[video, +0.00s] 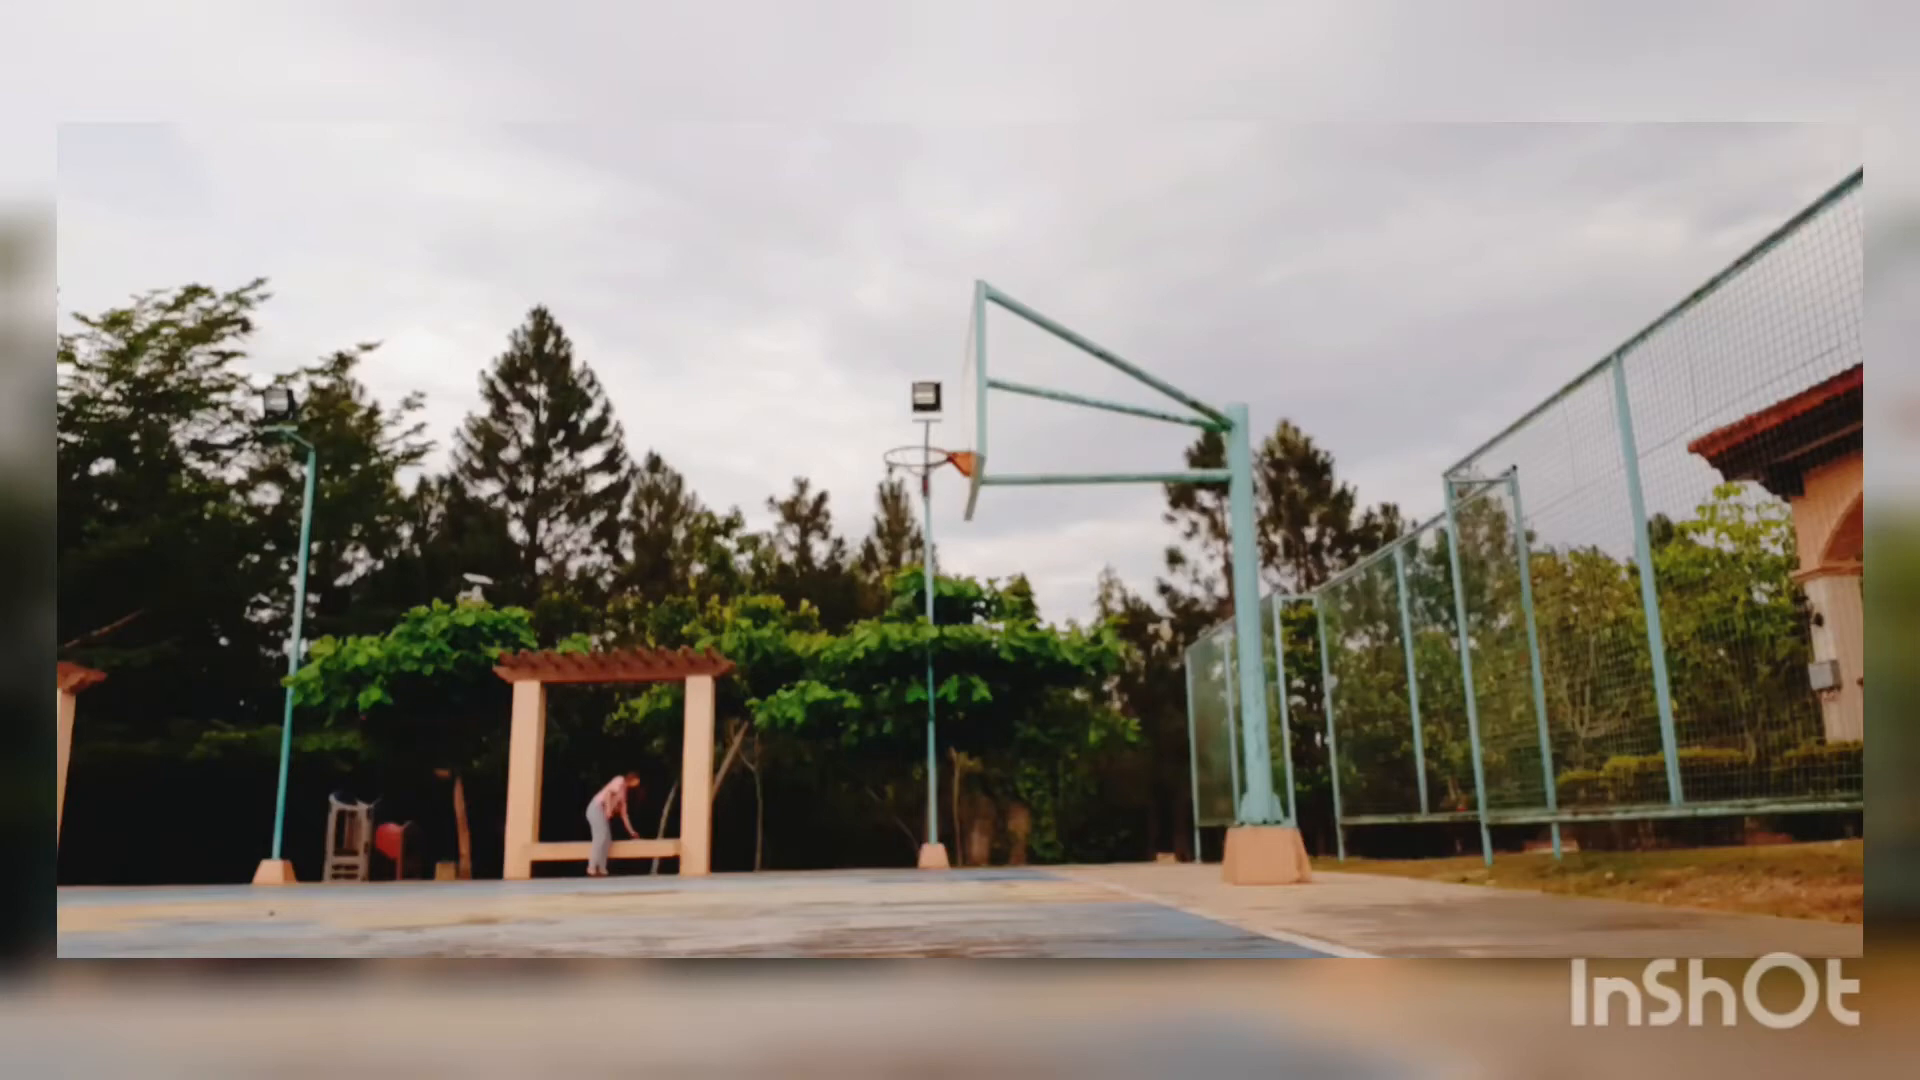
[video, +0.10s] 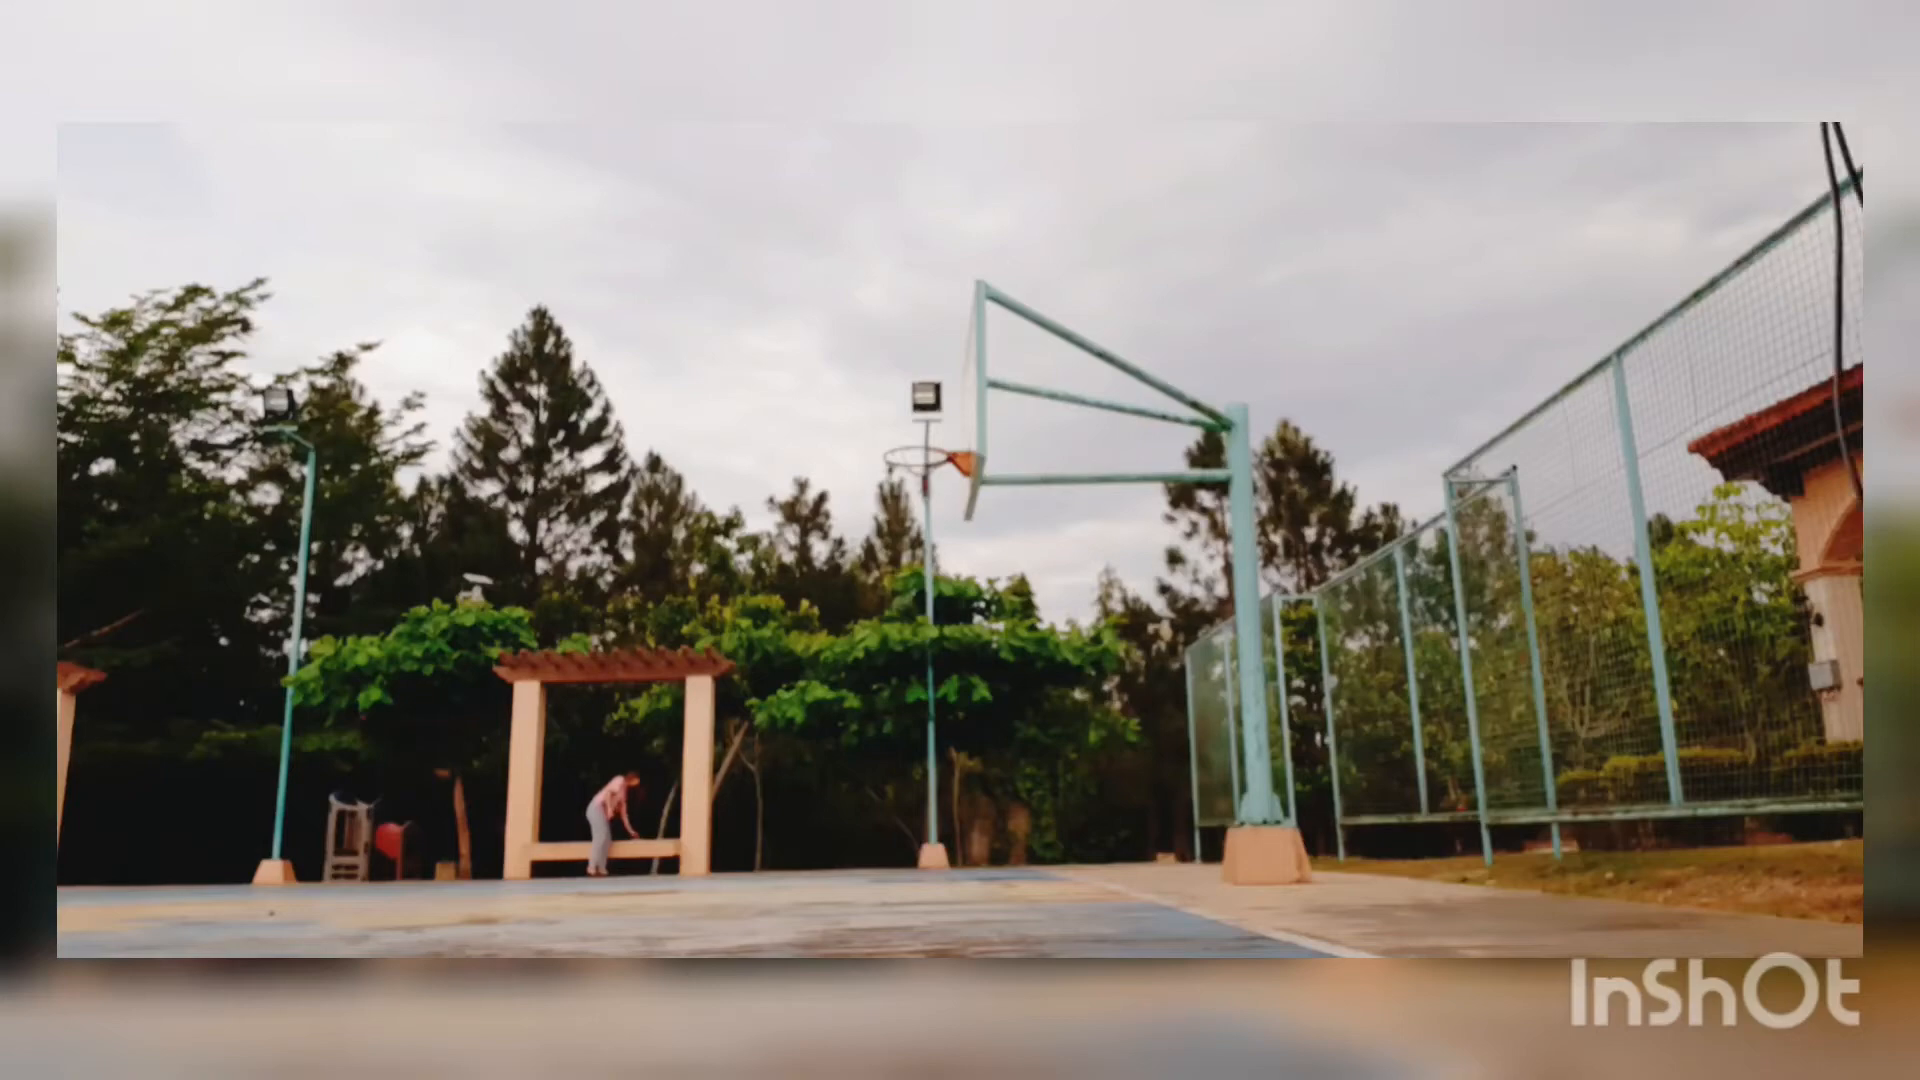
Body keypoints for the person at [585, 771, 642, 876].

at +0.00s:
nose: (636, 784)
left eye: (637, 782)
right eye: (636, 781)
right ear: (631, 778)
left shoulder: (623, 791)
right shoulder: (619, 780)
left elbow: (624, 813)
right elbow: (608, 792)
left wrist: (631, 831)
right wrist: (608, 808)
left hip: (603, 810)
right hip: (596, 807)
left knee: (607, 838)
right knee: (600, 836)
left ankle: (602, 866)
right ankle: (592, 866)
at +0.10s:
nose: (635, 784)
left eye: (637, 782)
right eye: (635, 781)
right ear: (631, 778)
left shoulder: (623, 791)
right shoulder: (620, 780)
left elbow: (623, 813)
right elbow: (607, 793)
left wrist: (630, 831)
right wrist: (609, 808)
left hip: (603, 810)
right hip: (596, 807)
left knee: (607, 838)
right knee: (600, 836)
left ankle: (601, 866)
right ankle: (592, 865)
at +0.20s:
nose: (635, 783)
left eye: (637, 781)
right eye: (635, 780)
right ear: (631, 777)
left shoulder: (623, 791)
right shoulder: (619, 780)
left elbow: (622, 814)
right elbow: (607, 793)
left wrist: (630, 831)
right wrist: (610, 809)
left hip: (603, 810)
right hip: (596, 807)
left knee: (606, 838)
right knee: (600, 836)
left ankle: (601, 866)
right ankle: (592, 865)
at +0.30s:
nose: (635, 782)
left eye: (636, 780)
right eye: (635, 779)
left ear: (634, 780)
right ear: (630, 776)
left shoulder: (622, 790)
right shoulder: (618, 780)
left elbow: (620, 812)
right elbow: (607, 793)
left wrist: (626, 830)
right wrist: (610, 808)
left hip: (603, 810)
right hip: (596, 807)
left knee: (606, 838)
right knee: (600, 836)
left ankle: (601, 867)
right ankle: (592, 866)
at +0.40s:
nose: (634, 781)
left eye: (636, 780)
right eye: (634, 778)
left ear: (633, 779)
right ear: (629, 775)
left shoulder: (622, 789)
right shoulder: (617, 780)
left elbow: (619, 811)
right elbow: (606, 793)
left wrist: (622, 828)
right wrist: (609, 808)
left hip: (604, 810)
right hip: (596, 807)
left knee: (605, 838)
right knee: (600, 836)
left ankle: (601, 866)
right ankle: (592, 866)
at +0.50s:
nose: (633, 781)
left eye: (635, 779)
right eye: (633, 778)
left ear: (632, 778)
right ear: (628, 774)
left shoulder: (622, 787)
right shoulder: (616, 779)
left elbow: (618, 808)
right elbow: (605, 793)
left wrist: (619, 827)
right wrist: (608, 808)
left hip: (605, 810)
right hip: (596, 808)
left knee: (606, 838)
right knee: (599, 837)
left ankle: (601, 867)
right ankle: (592, 867)